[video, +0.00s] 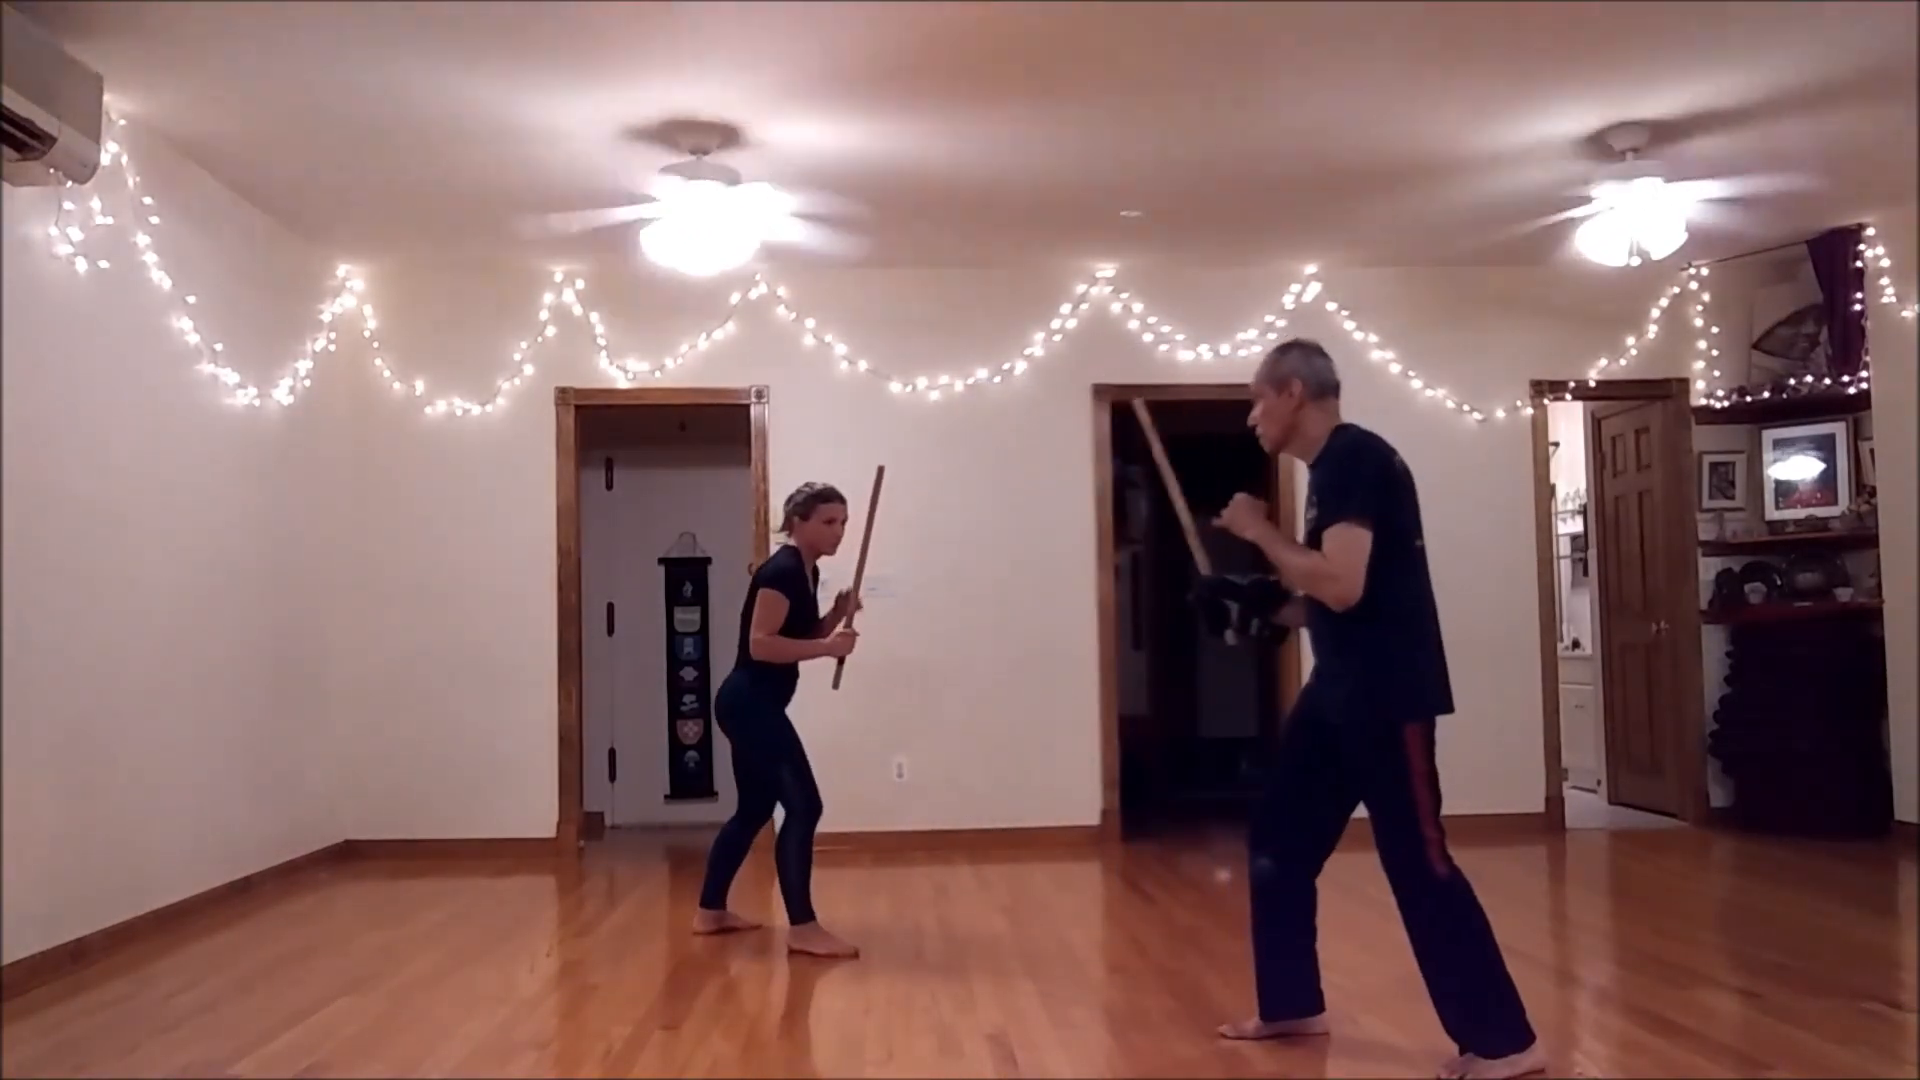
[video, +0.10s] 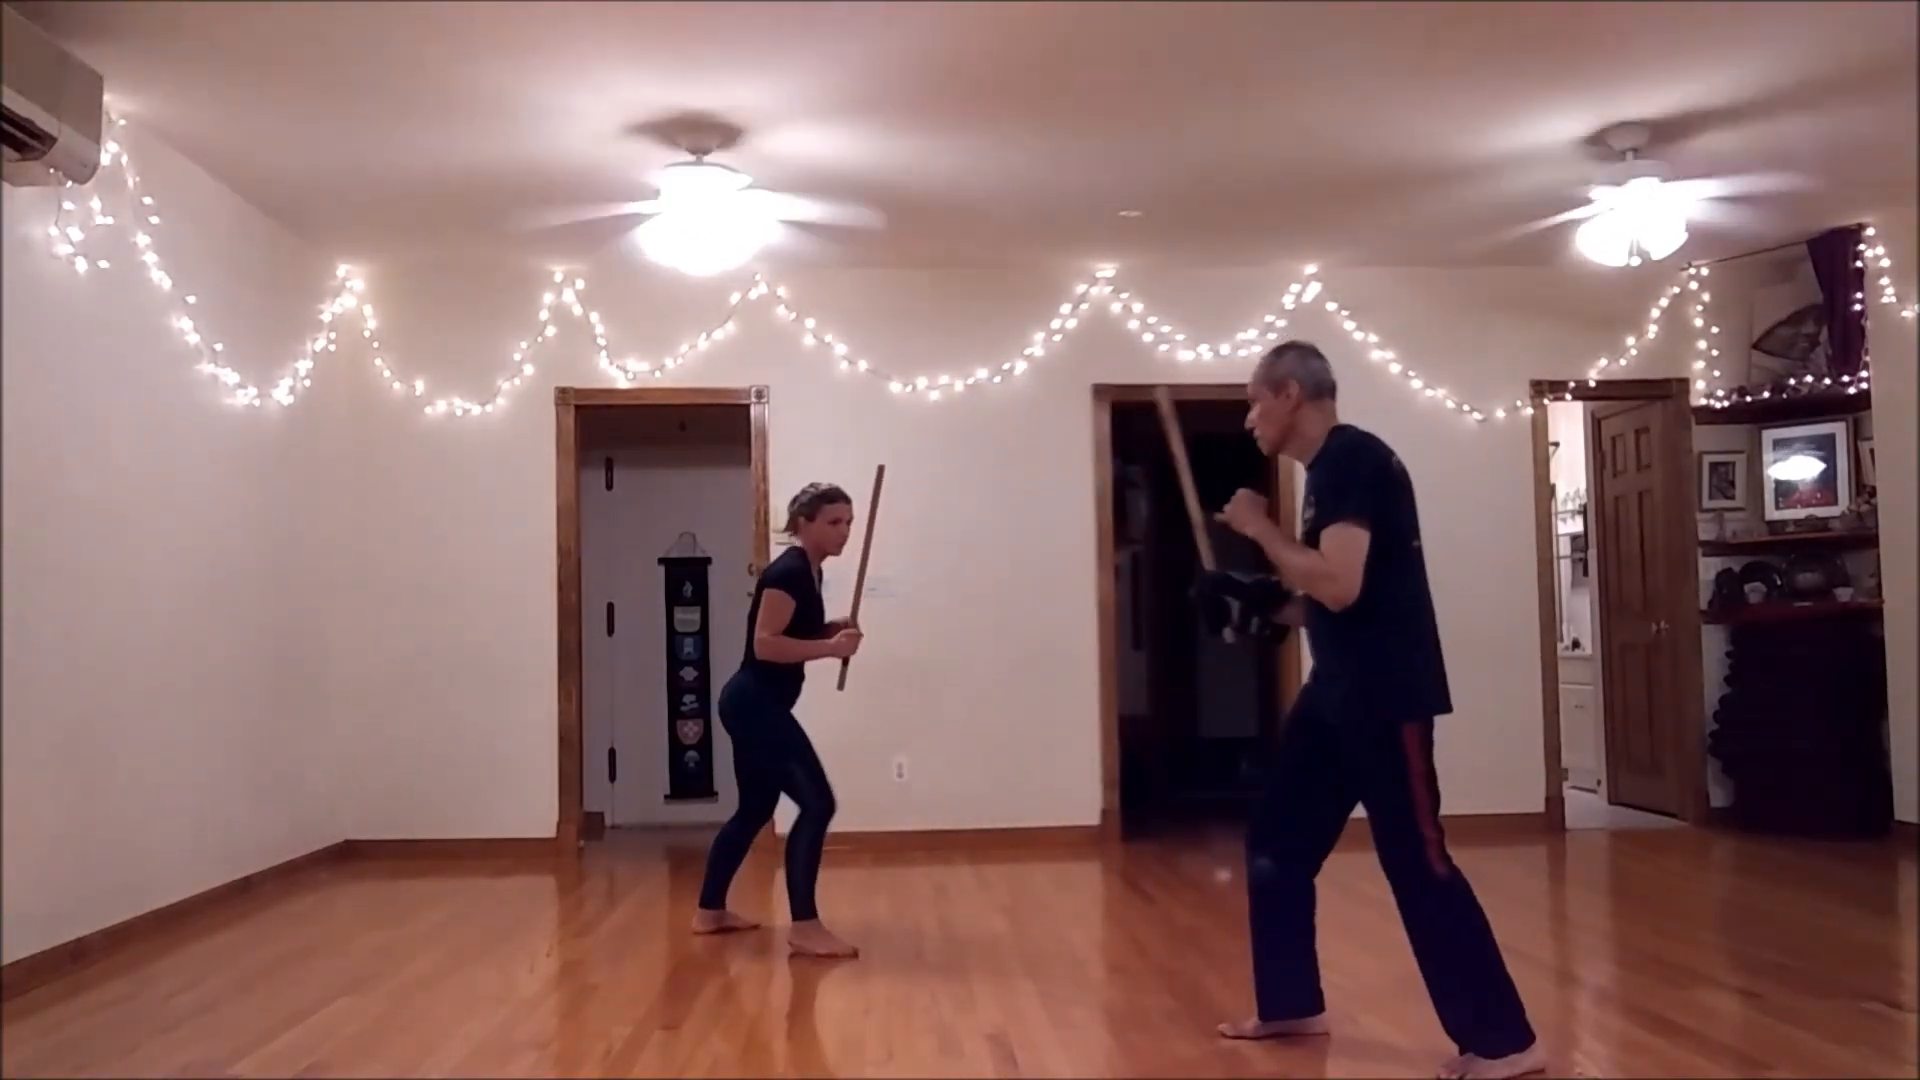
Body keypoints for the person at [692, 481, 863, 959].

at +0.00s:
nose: (840, 532)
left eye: (842, 523)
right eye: (831, 522)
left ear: (826, 528)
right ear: (800, 524)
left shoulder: (803, 573)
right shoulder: (780, 572)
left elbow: (803, 640)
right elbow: (760, 645)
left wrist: (835, 615)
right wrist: (825, 647)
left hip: (752, 703)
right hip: (752, 706)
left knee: (754, 808)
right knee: (804, 805)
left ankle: (710, 910)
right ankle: (803, 927)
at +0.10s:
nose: (845, 532)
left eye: (847, 523)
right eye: (836, 523)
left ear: (822, 528)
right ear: (806, 524)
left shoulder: (805, 570)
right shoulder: (787, 573)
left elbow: (790, 635)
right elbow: (764, 645)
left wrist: (828, 630)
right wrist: (829, 648)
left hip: (755, 703)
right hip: (758, 707)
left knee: (754, 810)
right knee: (818, 804)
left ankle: (710, 910)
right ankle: (805, 926)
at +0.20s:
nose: (854, 540)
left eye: (857, 531)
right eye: (846, 530)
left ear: (830, 535)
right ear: (816, 531)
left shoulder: (814, 576)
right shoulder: (801, 580)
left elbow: (795, 646)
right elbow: (780, 653)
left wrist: (841, 657)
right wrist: (844, 653)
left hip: (767, 713)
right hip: (769, 716)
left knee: (773, 812)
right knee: (843, 803)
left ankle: (713, 908)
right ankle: (811, 922)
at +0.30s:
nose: (868, 554)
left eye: (870, 545)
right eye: (861, 544)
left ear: (837, 547)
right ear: (831, 544)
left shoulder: (824, 591)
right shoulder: (818, 593)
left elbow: (821, 665)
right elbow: (811, 669)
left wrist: (875, 664)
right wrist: (875, 660)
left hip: (782, 728)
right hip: (788, 731)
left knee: (794, 821)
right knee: (872, 805)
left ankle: (715, 904)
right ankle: (864, 928)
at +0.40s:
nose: (898, 553)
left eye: (899, 543)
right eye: (889, 544)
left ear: (866, 549)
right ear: (858, 547)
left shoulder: (858, 593)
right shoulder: (852, 596)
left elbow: (895, 652)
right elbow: (874, 676)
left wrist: (929, 622)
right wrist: (942, 659)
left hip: (810, 731)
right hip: (817, 737)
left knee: (785, 824)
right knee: (904, 812)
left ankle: (714, 904)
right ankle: (952, 929)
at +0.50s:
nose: (949, 546)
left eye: (950, 537)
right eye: (941, 537)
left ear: (910, 543)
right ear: (910, 542)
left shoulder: (892, 586)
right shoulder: (908, 598)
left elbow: (929, 637)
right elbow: (981, 664)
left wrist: (958, 637)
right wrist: (1054, 670)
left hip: (843, 729)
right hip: (856, 739)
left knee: (836, 820)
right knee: (943, 817)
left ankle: (755, 883)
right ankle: (968, 945)